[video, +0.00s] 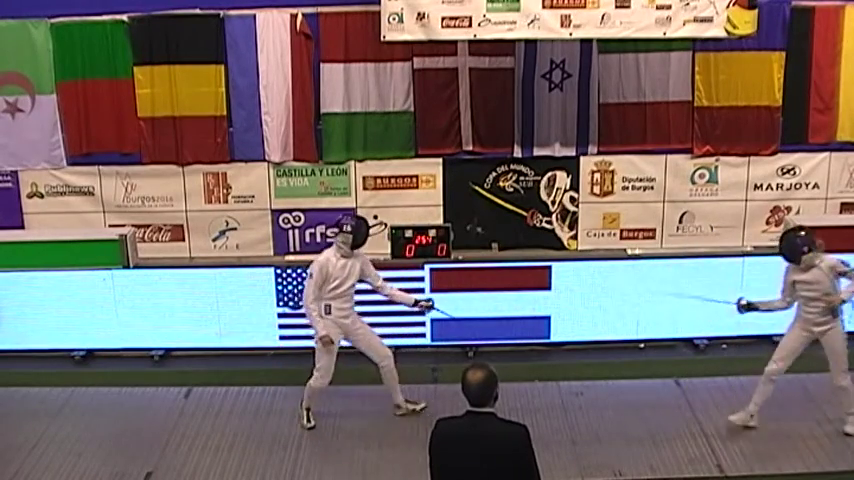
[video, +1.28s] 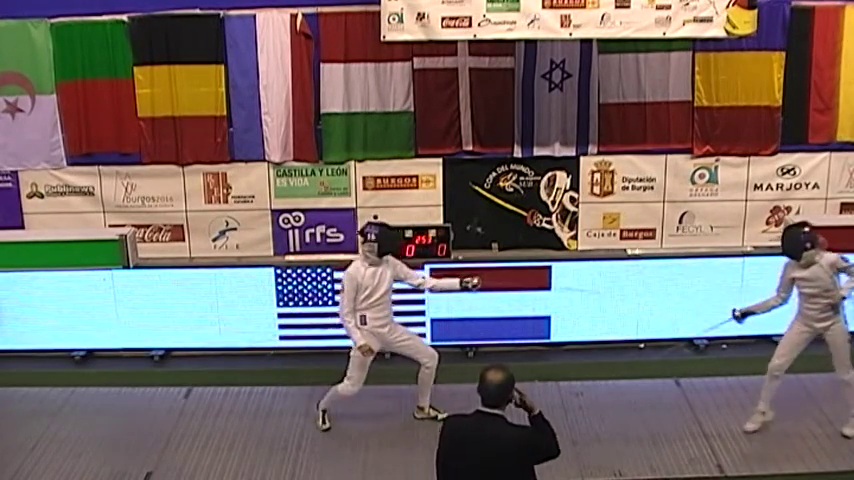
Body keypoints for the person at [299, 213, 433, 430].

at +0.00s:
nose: (342, 239)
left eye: (348, 236)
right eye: (341, 233)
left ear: (358, 241)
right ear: (337, 234)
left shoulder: (360, 261)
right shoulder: (322, 262)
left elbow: (383, 288)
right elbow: (309, 301)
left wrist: (414, 302)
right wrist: (320, 330)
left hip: (351, 320)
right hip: (326, 322)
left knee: (385, 358)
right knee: (322, 376)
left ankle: (400, 404)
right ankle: (306, 407)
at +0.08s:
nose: (358, 244)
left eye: (355, 239)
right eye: (355, 239)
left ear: (353, 240)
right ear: (342, 237)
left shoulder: (355, 260)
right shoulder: (318, 262)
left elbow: (378, 289)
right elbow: (301, 300)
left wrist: (410, 301)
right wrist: (312, 331)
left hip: (345, 320)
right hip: (321, 322)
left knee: (379, 357)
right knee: (321, 375)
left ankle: (377, 407)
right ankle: (305, 408)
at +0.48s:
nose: (340, 241)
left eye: (346, 238)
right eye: (338, 237)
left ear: (356, 243)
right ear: (335, 238)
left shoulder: (361, 261)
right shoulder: (324, 265)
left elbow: (386, 287)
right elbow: (311, 303)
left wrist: (419, 297)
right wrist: (323, 334)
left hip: (355, 322)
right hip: (331, 324)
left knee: (391, 359)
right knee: (325, 380)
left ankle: (404, 407)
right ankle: (306, 408)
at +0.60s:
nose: (356, 243)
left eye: (361, 239)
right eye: (353, 237)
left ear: (370, 244)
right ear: (349, 238)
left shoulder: (375, 261)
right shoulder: (338, 266)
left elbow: (403, 283)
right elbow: (330, 307)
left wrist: (440, 290)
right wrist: (346, 333)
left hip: (370, 325)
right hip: (345, 328)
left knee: (406, 361)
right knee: (329, 378)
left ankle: (419, 408)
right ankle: (307, 406)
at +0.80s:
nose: (375, 236)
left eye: (381, 232)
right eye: (374, 231)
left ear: (391, 236)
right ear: (371, 233)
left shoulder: (398, 255)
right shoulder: (362, 262)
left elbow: (430, 277)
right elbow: (355, 302)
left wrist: (466, 281)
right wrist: (371, 329)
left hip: (395, 320)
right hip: (371, 323)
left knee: (426, 358)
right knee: (352, 376)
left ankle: (422, 408)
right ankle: (325, 404)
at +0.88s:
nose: (382, 234)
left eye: (387, 231)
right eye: (380, 230)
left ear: (397, 236)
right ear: (377, 230)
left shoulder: (405, 254)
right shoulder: (366, 259)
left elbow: (437, 274)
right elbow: (358, 299)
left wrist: (472, 278)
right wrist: (373, 326)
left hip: (399, 318)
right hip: (374, 320)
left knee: (427, 357)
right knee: (365, 374)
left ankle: (422, 407)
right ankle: (349, 406)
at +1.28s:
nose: (367, 251)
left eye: (372, 247)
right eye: (364, 246)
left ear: (383, 248)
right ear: (361, 245)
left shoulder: (391, 265)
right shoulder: (353, 272)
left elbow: (423, 282)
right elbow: (346, 315)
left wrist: (461, 283)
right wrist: (359, 341)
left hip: (390, 330)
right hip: (365, 334)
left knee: (430, 358)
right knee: (351, 387)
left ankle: (423, 408)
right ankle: (323, 406)